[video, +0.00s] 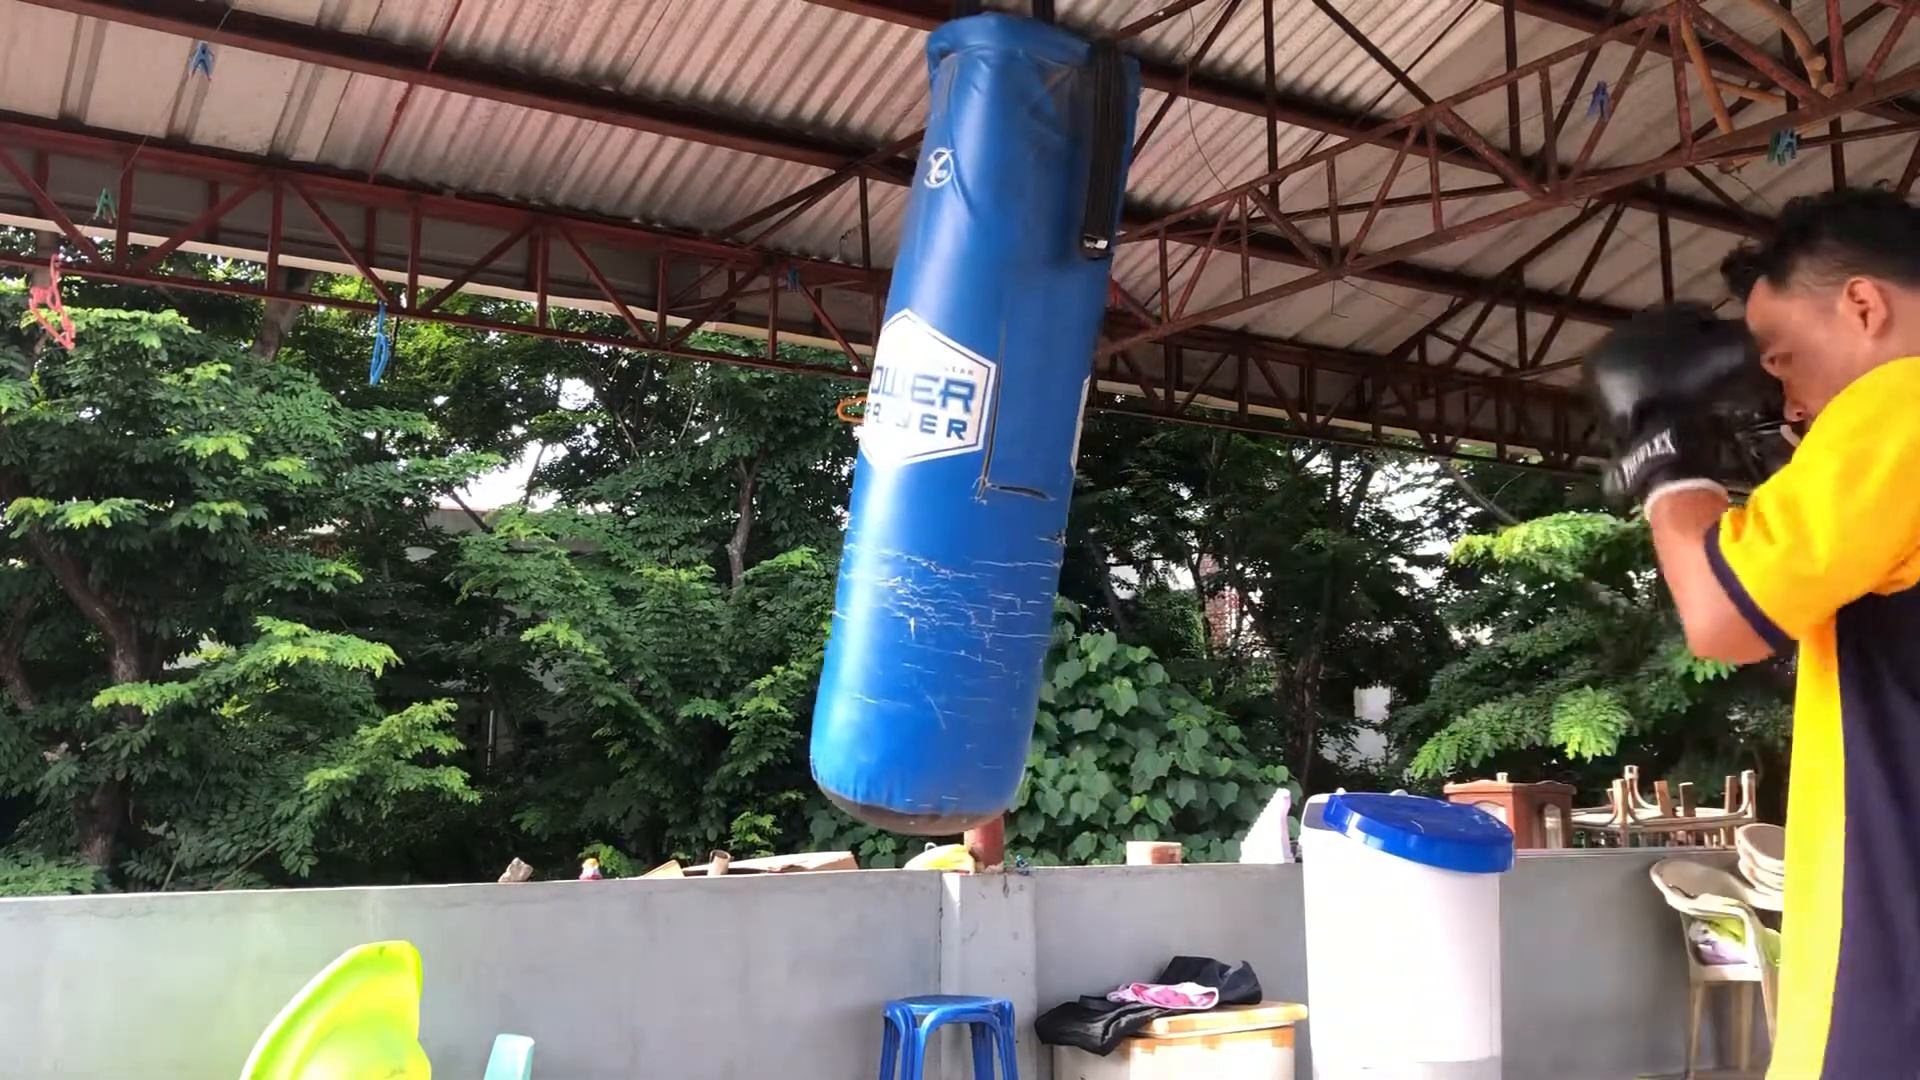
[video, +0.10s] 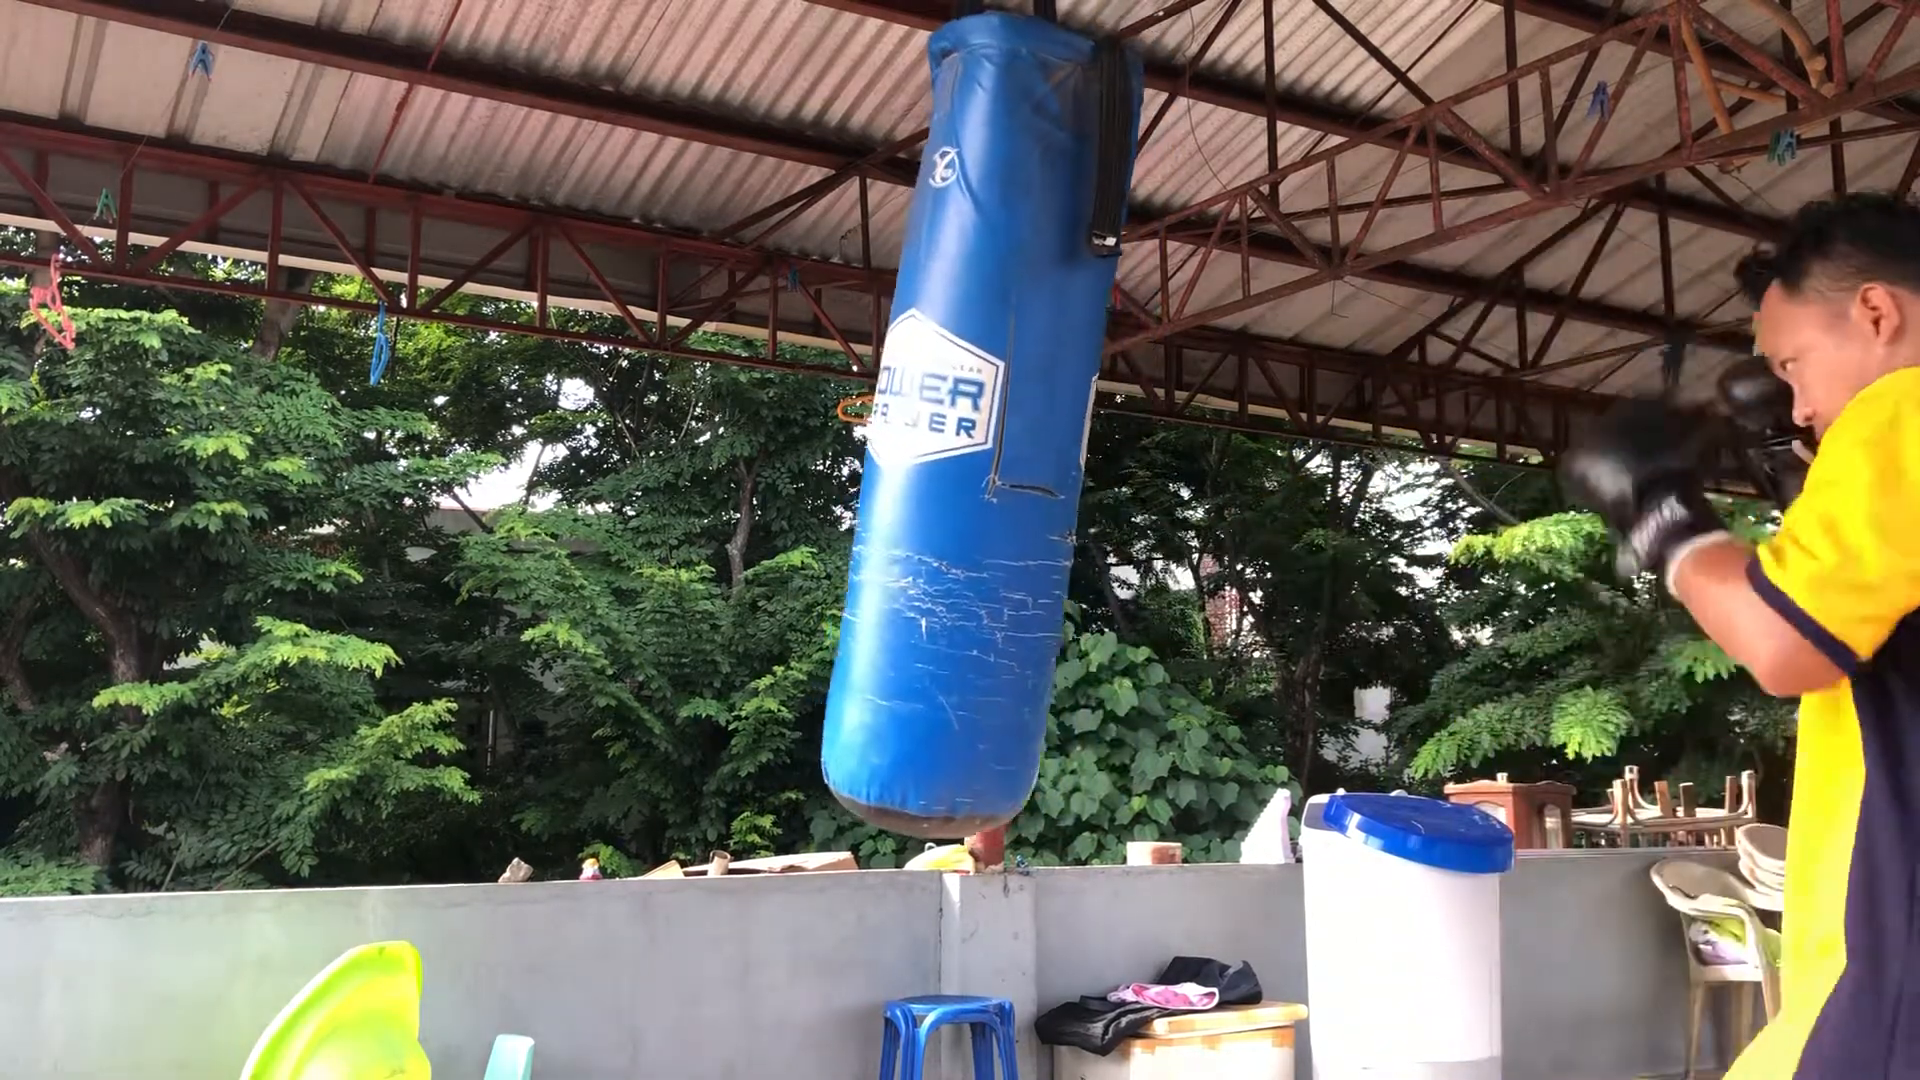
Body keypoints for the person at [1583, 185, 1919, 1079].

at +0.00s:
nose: (1789, 401)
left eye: (1784, 358)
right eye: (1775, 371)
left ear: (1862, 307)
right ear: (1869, 309)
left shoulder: (1900, 406)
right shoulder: (1889, 415)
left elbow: (1720, 611)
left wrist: (1661, 451)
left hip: (1880, 1014)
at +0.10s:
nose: (1796, 407)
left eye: (1795, 367)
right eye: (1783, 382)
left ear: (1879, 316)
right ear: (1883, 319)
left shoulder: (1900, 416)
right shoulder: (1893, 425)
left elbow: (1785, 644)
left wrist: (1663, 511)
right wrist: (1810, 474)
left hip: (1875, 1013)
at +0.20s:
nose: (1788, 424)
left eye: (1790, 383)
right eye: (1776, 399)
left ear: (1877, 332)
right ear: (1883, 335)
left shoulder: (1875, 432)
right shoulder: (1889, 433)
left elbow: (1876, 671)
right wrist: (1817, 479)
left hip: (1861, 1019)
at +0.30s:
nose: (1762, 420)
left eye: (1764, 390)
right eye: (1755, 397)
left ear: (1835, 335)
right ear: (1848, 335)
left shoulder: (1816, 438)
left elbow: (1770, 625)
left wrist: (1580, 707)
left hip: (1846, 1025)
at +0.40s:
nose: (1686, 410)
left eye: (1688, 382)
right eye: (1681, 389)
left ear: (1752, 337)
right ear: (1858, 341)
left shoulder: (1718, 443)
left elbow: (1523, 602)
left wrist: (1360, 636)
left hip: (1820, 1016)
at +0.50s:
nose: (1589, 412)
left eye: (1587, 388)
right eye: (1580, 393)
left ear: (1650, 347)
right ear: (1766, 346)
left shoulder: (1600, 462)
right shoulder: (1901, 451)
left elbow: (1361, 601)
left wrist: (1215, 615)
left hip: (1766, 1021)